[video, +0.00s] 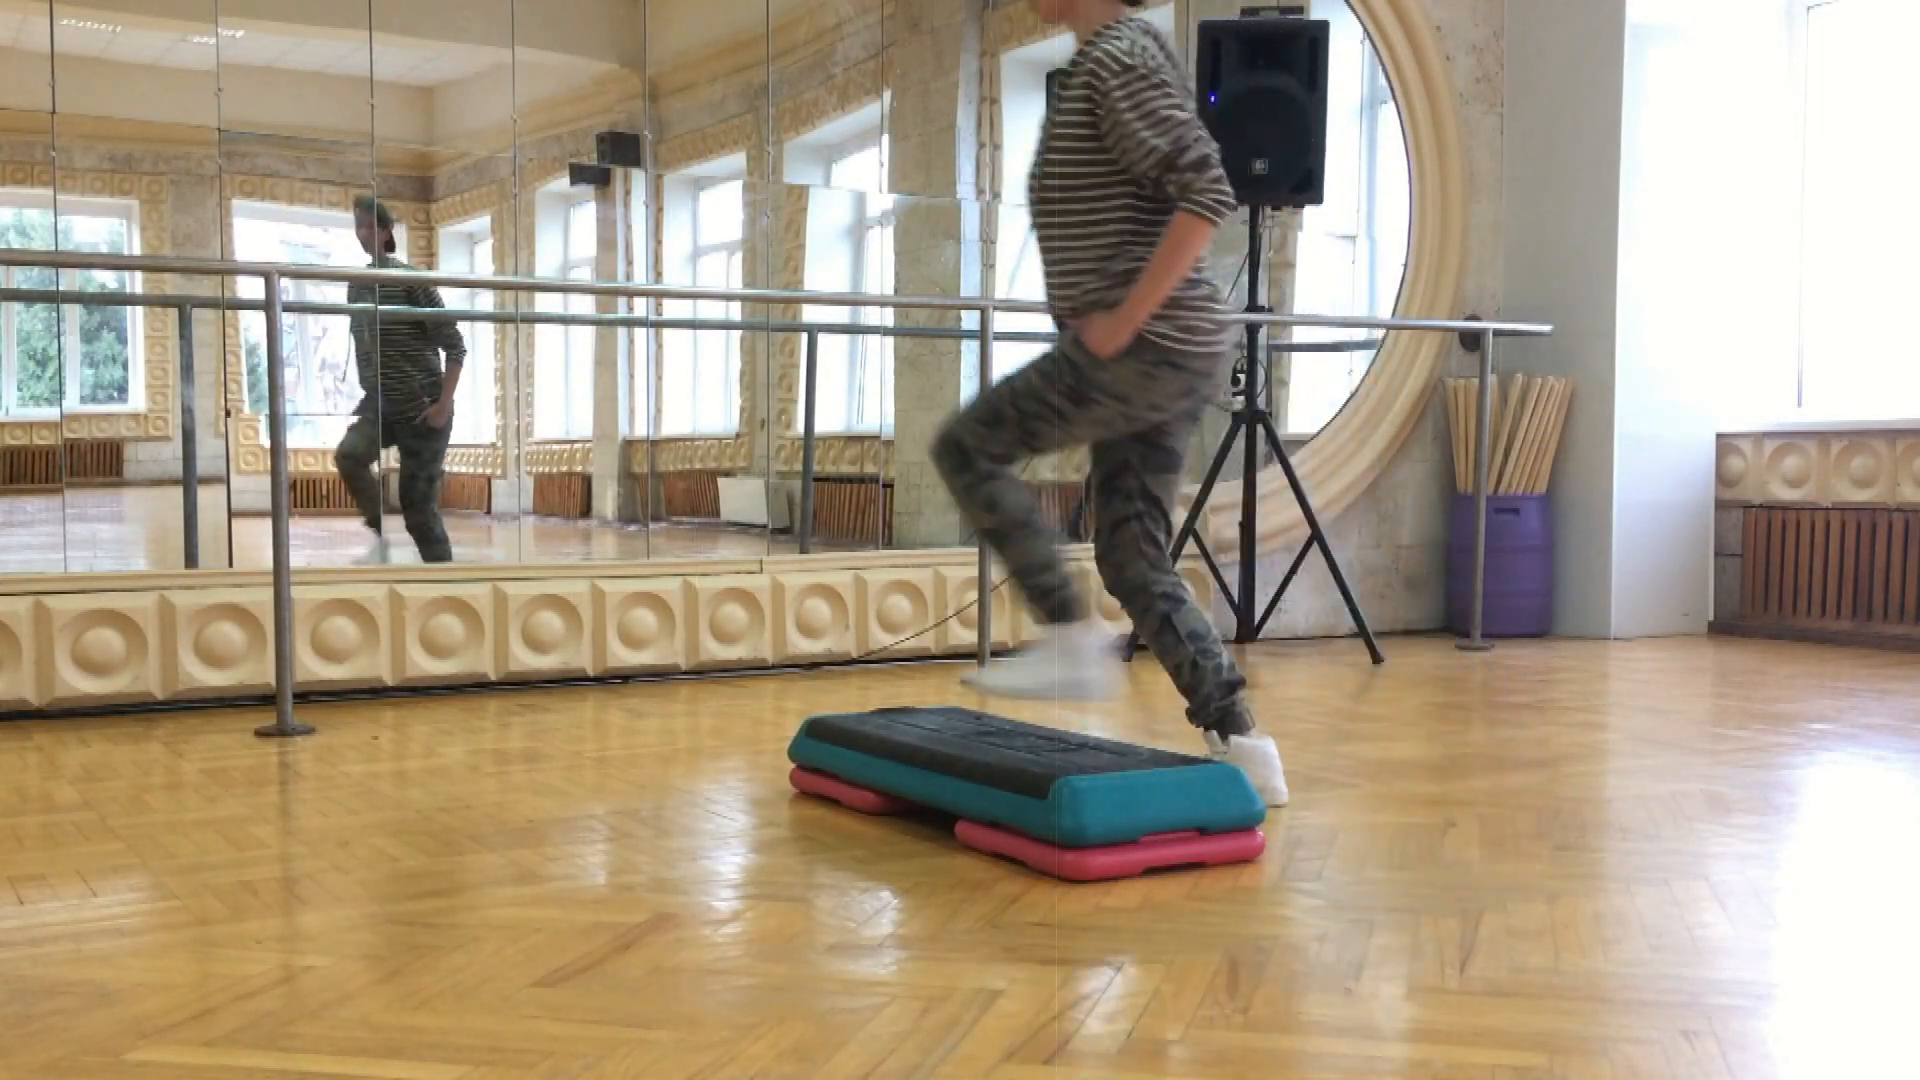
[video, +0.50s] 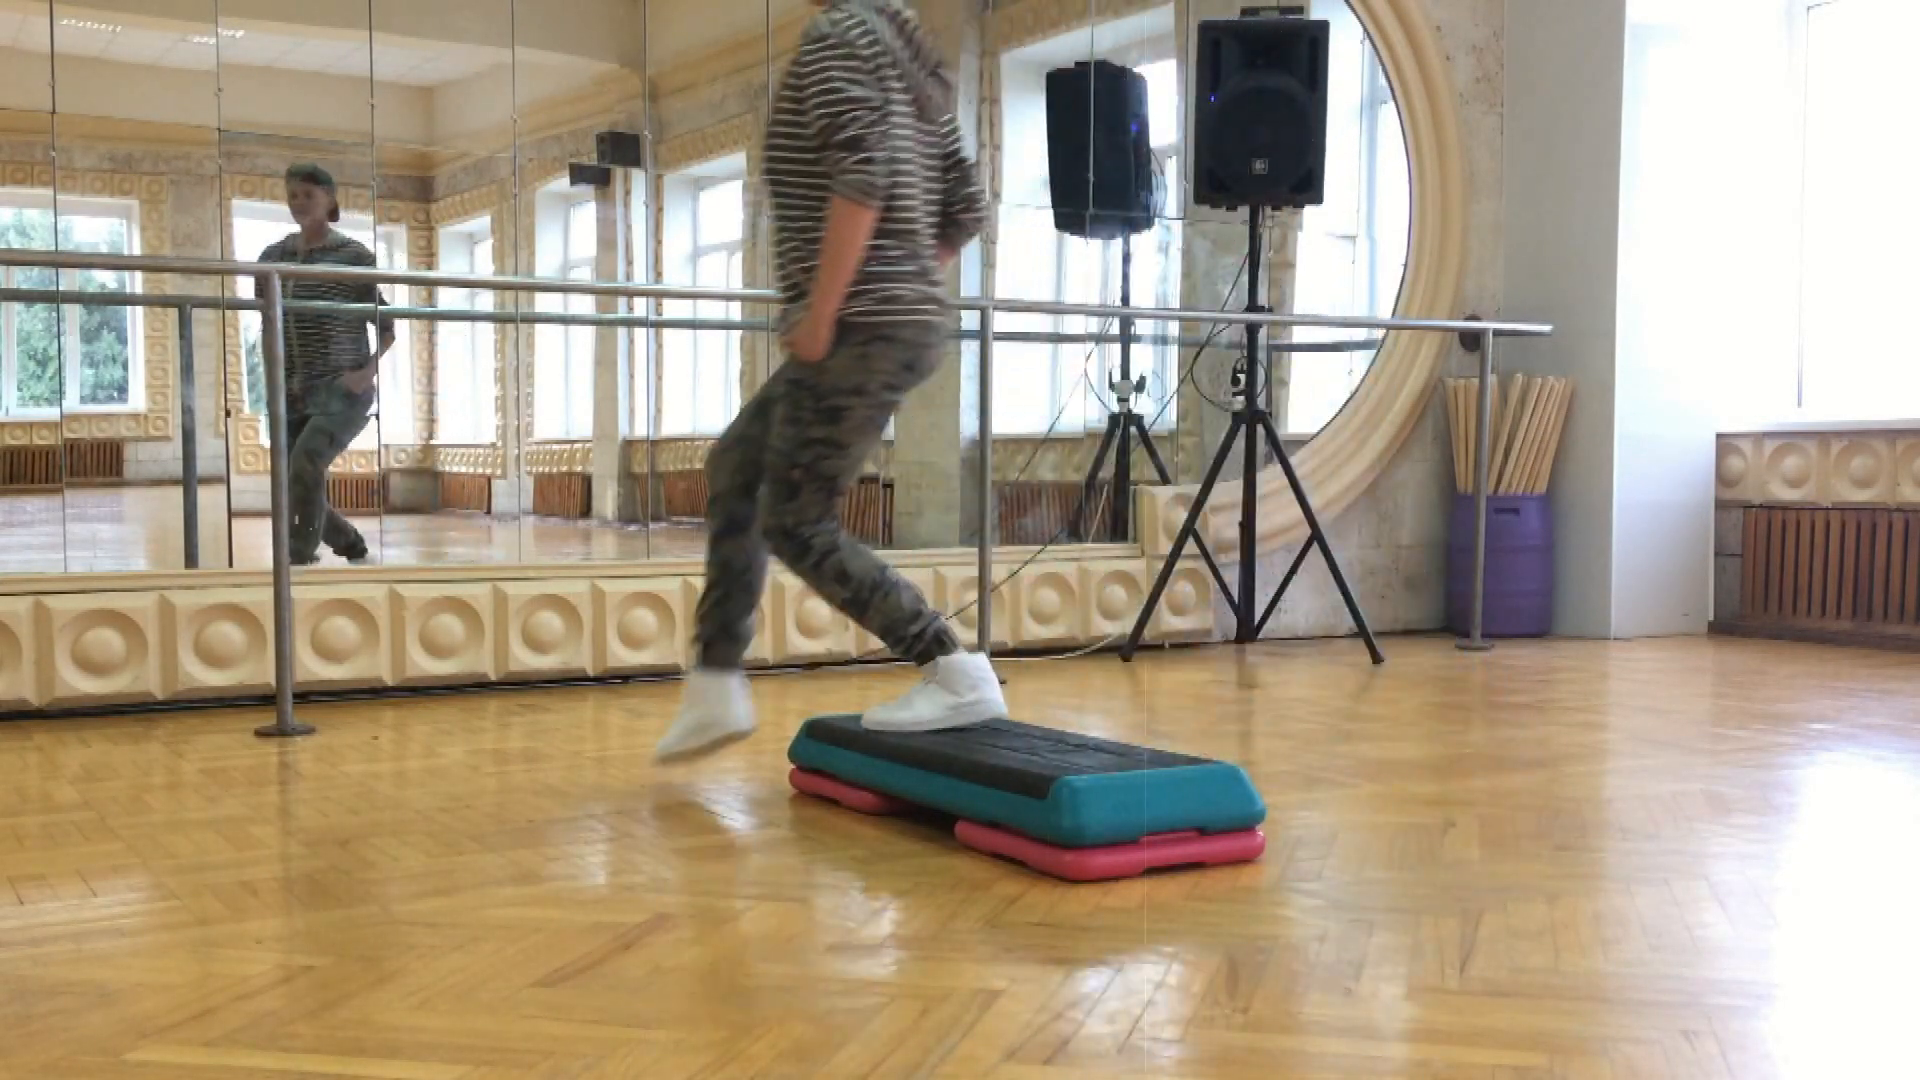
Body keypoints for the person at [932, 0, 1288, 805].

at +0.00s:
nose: (1037, 2)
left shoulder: (1122, 57)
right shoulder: (1098, 62)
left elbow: (1208, 196)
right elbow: (1160, 201)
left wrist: (1125, 316)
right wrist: (1101, 305)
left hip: (1154, 340)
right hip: (1158, 343)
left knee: (966, 446)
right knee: (1131, 553)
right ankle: (1242, 742)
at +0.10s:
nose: (987, 3)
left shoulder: (1069, 32)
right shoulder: (1041, 43)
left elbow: (1142, 178)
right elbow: (1106, 182)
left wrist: (1065, 294)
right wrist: (1039, 286)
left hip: (1096, 322)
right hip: (1109, 325)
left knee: (928, 452)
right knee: (1117, 532)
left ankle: (973, 672)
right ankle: (1232, 727)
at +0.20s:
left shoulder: (1008, 15)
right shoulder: (1020, 22)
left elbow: (1067, 167)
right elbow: (1054, 170)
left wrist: (997, 290)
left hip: (1038, 304)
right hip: (1064, 307)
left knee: (899, 467)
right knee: (998, 519)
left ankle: (967, 680)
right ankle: (1156, 658)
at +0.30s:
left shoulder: (947, 17)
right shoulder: (981, 22)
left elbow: (1003, 158)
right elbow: (1034, 185)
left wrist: (943, 288)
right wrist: (938, 277)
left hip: (991, 298)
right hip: (1016, 297)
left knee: (861, 476)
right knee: (869, 464)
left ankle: (962, 678)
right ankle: (1015, 581)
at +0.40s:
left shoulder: (894, 26)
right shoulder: (953, 41)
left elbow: (934, 164)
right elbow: (1011, 198)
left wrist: (886, 298)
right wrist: (930, 263)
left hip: (931, 308)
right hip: (954, 305)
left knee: (826, 504)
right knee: (770, 420)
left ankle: (964, 677)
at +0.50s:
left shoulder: (837, 35)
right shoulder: (909, 47)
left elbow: (866, 178)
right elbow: (965, 207)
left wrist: (819, 314)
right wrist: (897, 283)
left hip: (867, 322)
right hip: (908, 320)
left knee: (792, 520)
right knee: (737, 464)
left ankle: (955, 671)